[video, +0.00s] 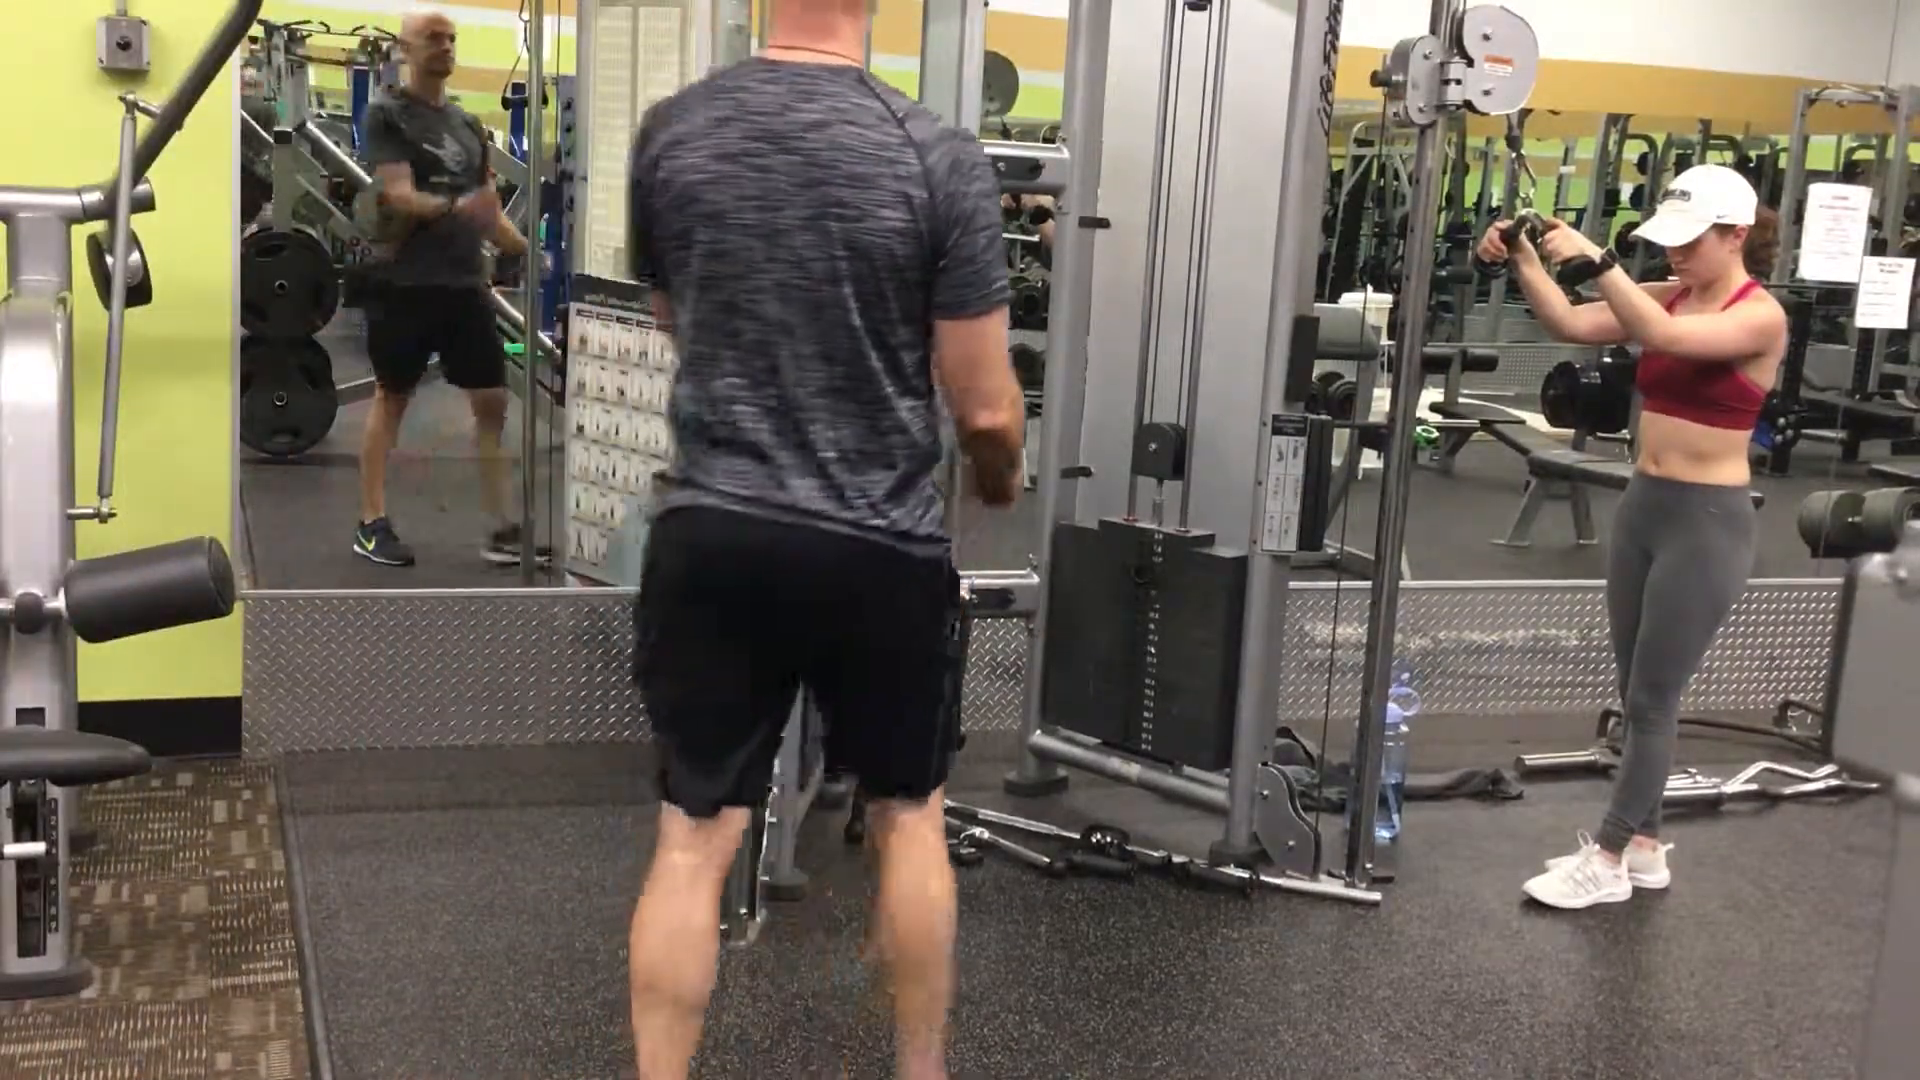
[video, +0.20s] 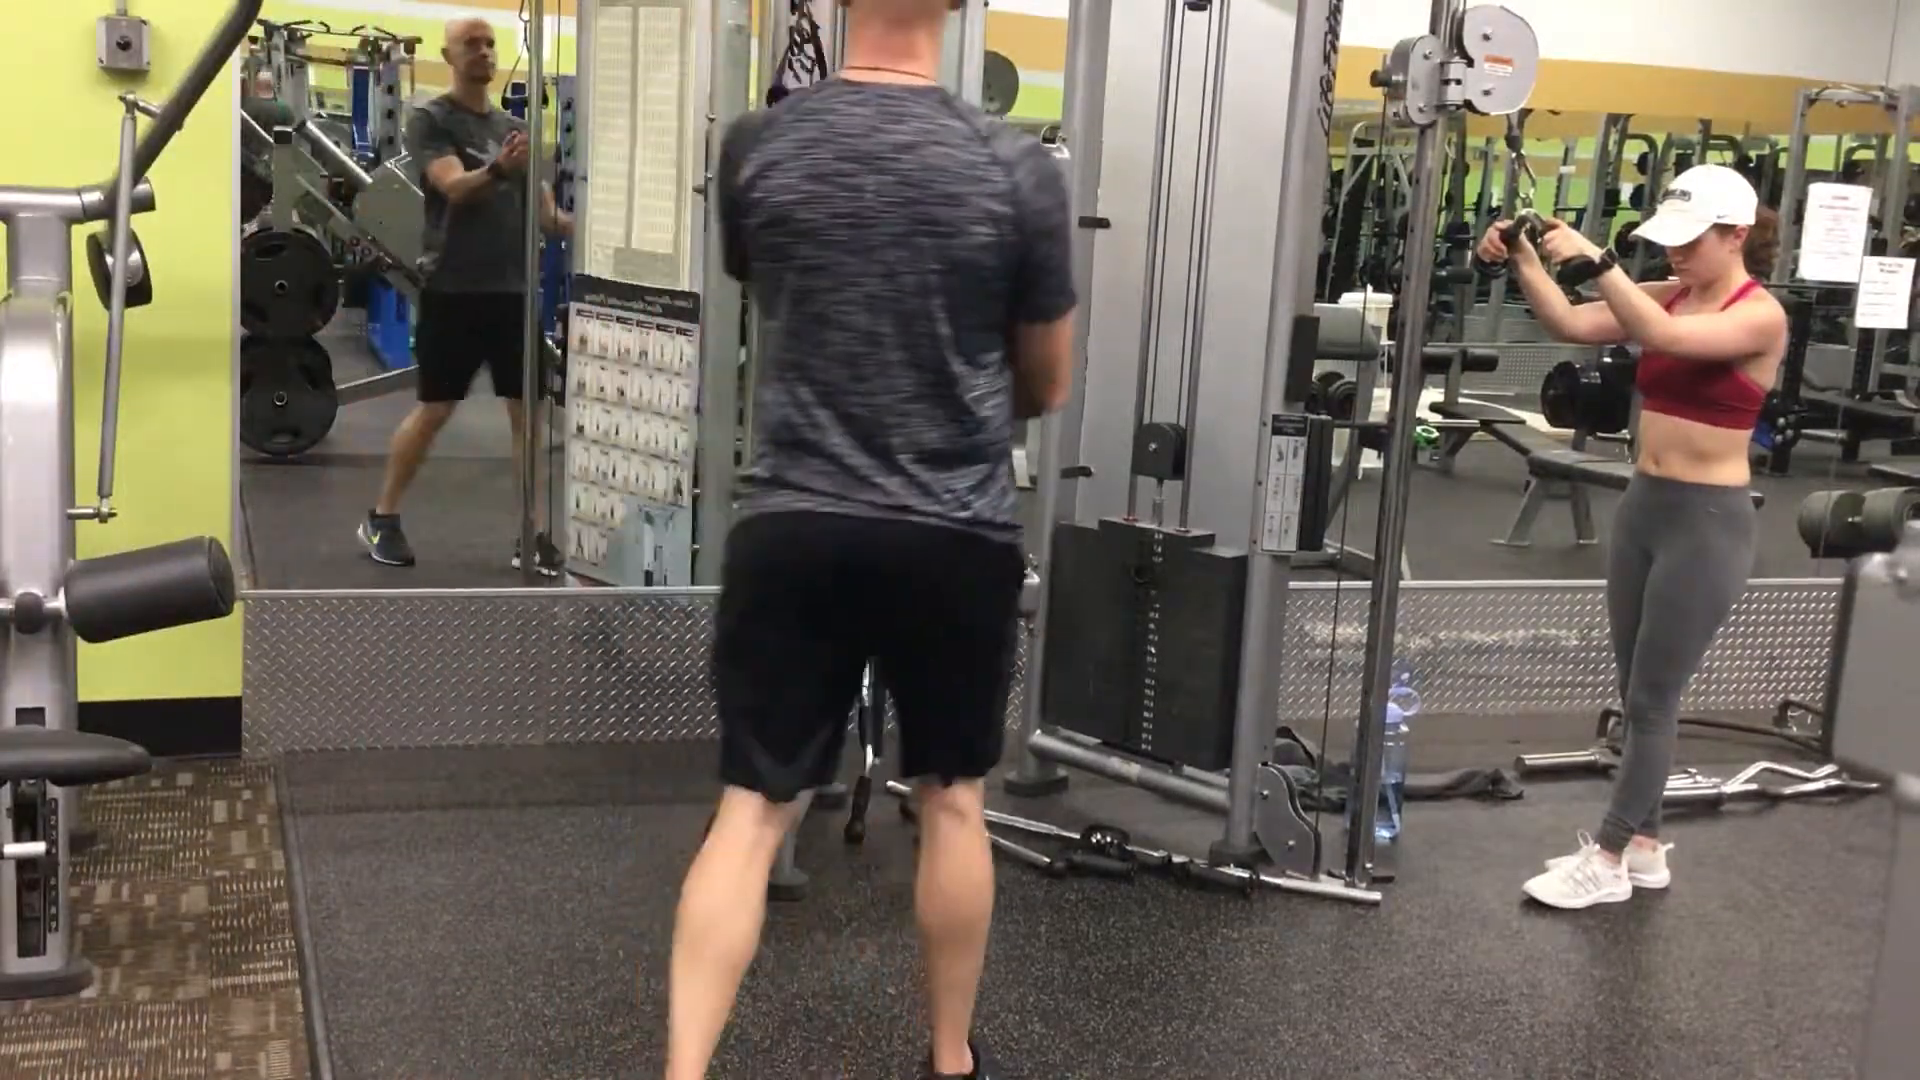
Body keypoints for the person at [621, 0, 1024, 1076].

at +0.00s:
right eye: (866, 18)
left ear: (767, 5)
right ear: (870, 14)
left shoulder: (673, 132)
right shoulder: (940, 158)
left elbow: (676, 318)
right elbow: (985, 406)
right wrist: (999, 476)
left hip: (711, 542)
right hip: (881, 559)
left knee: (692, 837)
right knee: (910, 818)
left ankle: (658, 1073)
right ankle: (925, 1069)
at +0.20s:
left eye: (855, 18)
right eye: (941, 18)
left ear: (842, 16)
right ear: (950, 20)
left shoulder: (758, 148)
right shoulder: (1017, 165)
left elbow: (770, 300)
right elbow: (1045, 385)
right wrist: (943, 365)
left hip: (790, 531)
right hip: (952, 546)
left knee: (750, 809)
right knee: (951, 802)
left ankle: (683, 1068)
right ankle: (952, 1057)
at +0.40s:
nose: (927, 26)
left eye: (904, 16)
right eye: (979, 16)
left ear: (894, 18)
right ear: (998, 22)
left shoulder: (816, 139)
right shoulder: (1069, 154)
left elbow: (810, 265)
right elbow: (1065, 310)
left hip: (852, 506)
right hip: (1002, 516)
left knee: (813, 736)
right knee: (973, 789)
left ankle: (786, 1015)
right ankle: (951, 1060)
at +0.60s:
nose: (905, 27)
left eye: (908, 16)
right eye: (919, 21)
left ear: (920, 21)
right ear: (1021, 26)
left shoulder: (871, 147)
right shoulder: (1086, 158)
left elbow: (821, 254)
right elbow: (1011, 233)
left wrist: (821, 156)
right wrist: (912, 120)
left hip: (876, 497)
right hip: (1019, 501)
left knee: (861, 741)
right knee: (980, 768)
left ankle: (881, 1003)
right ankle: (955, 1050)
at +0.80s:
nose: (911, 11)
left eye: (918, 1)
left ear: (959, 18)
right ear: (1024, 24)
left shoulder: (896, 157)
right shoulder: (1094, 161)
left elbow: (819, 263)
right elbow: (973, 188)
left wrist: (797, 151)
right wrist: (875, 101)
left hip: (895, 493)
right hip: (1030, 496)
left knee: (877, 745)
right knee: (1003, 725)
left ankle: (881, 1011)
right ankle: (1002, 989)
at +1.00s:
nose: (944, 12)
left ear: (1031, 16)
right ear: (1050, 23)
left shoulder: (959, 161)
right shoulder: (1114, 159)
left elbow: (838, 255)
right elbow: (964, 199)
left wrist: (795, 144)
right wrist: (860, 112)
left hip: (944, 499)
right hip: (1052, 493)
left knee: (903, 745)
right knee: (1005, 724)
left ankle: (882, 1013)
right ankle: (1091, 972)